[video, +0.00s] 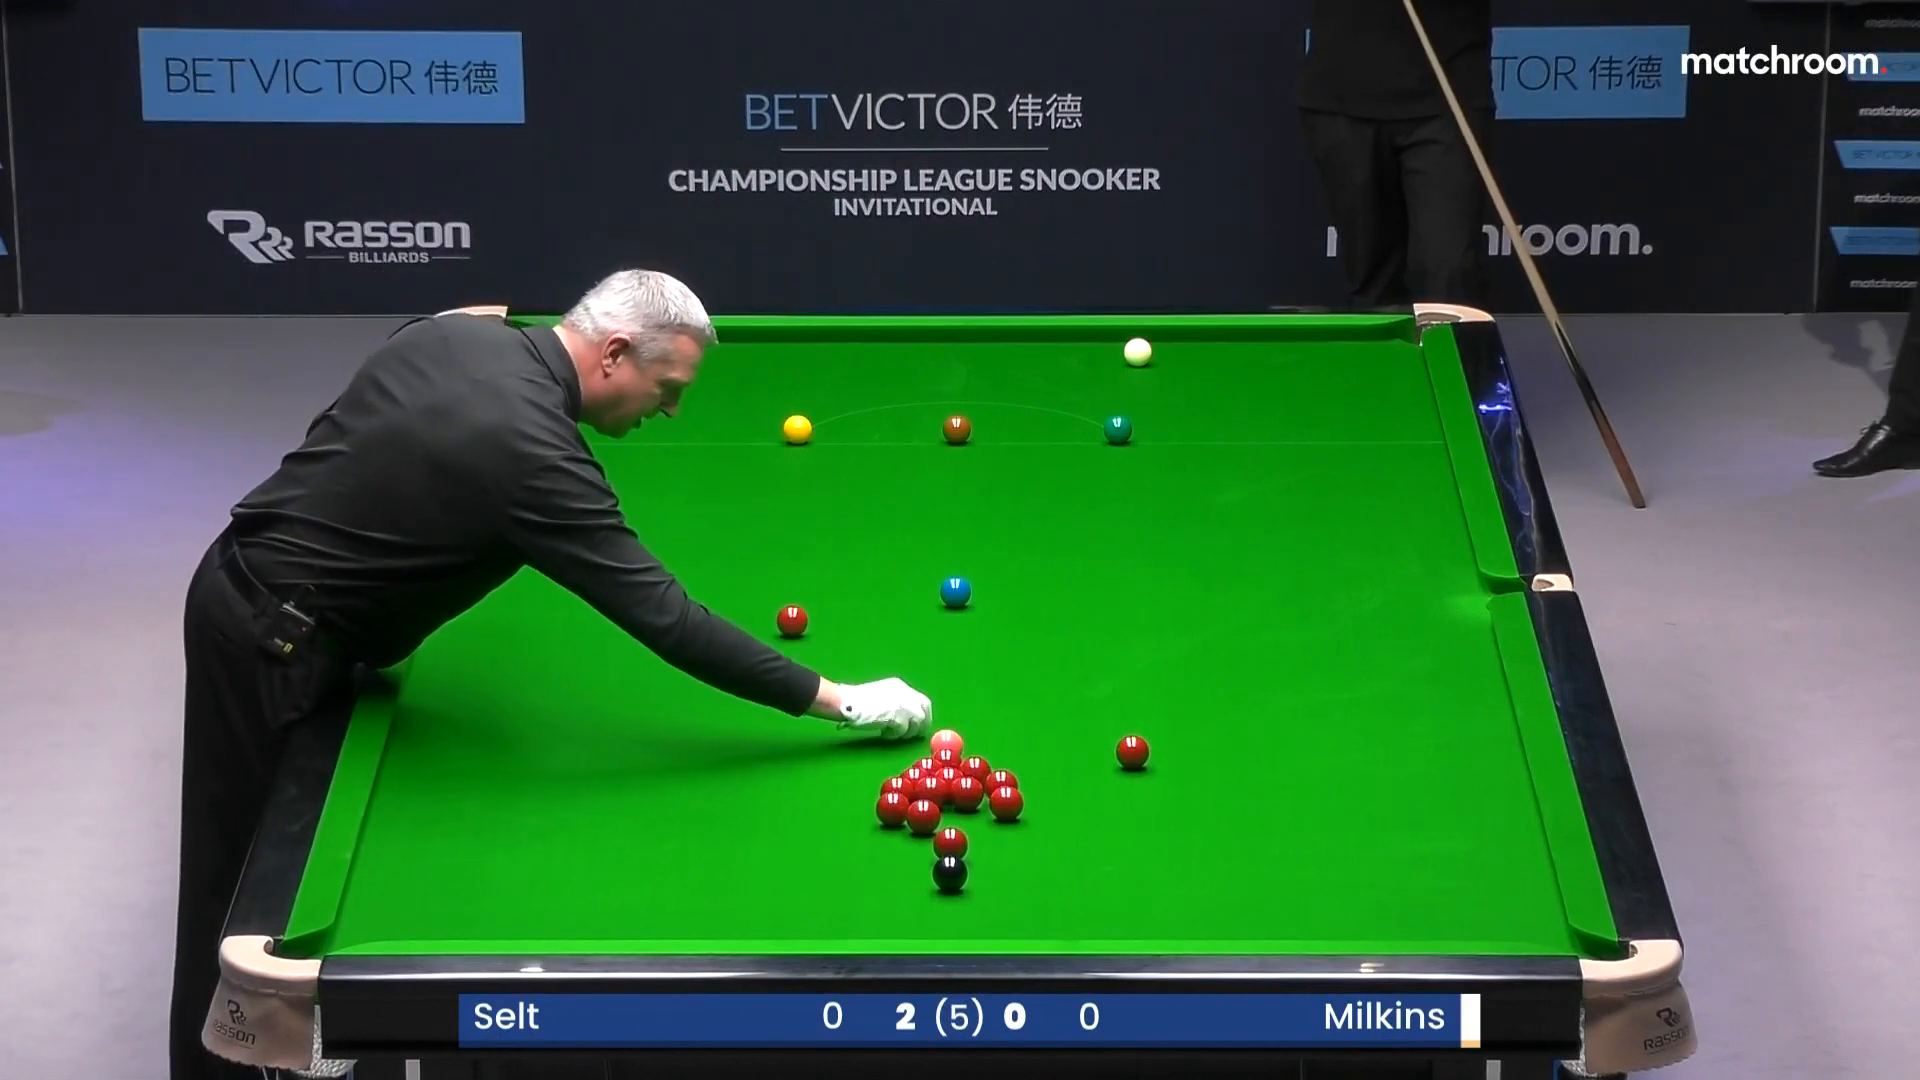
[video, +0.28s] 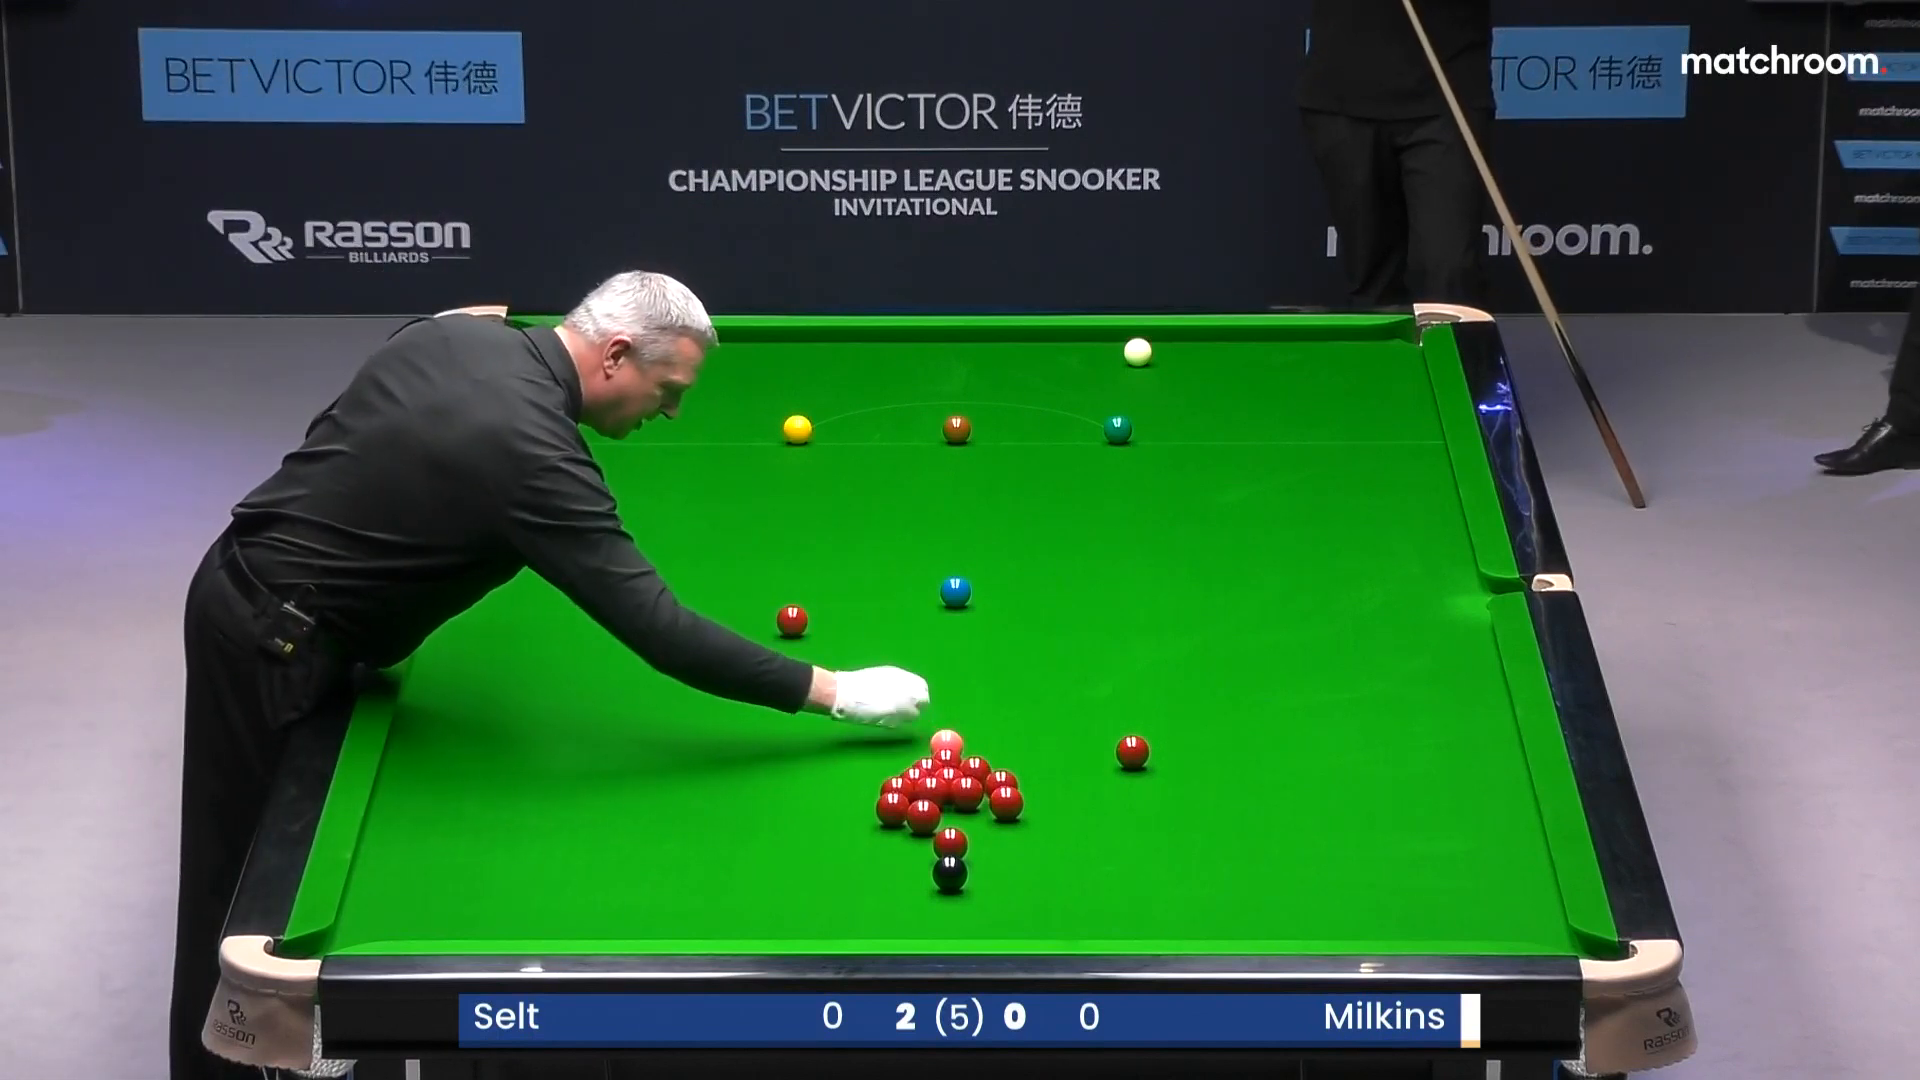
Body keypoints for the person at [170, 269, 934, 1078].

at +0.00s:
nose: (664, 410)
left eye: (674, 395)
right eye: (665, 390)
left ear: (594, 340)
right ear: (610, 355)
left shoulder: (452, 331)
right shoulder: (539, 454)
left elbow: (336, 439)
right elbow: (665, 616)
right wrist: (832, 695)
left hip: (240, 585)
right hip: (281, 638)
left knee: (242, 867)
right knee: (250, 883)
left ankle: (227, 1043)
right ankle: (215, 1052)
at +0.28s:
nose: (666, 409)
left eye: (676, 395)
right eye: (667, 390)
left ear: (598, 338)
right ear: (615, 354)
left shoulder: (453, 332)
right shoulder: (538, 451)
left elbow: (337, 439)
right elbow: (658, 625)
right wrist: (829, 684)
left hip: (243, 585)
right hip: (282, 636)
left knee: (242, 867)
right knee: (252, 883)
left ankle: (226, 1044)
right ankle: (217, 1052)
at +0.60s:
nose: (659, 398)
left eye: (670, 382)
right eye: (660, 376)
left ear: (587, 323)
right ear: (600, 338)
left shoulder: (449, 329)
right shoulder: (522, 433)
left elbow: (326, 444)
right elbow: (606, 652)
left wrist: (365, 619)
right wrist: (771, 668)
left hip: (246, 589)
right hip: (277, 634)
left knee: (244, 873)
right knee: (246, 884)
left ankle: (224, 1055)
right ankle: (218, 1063)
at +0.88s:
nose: (587, 356)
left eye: (600, 340)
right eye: (599, 338)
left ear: (521, 272)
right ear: (570, 307)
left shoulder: (391, 306)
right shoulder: (472, 410)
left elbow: (298, 445)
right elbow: (447, 612)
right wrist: (593, 630)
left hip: (225, 598)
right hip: (270, 638)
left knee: (236, 869)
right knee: (248, 883)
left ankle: (217, 1050)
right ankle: (214, 1057)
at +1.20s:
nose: (486, 298)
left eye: (497, 282)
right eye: (495, 280)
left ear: (411, 220)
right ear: (472, 263)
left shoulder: (298, 281)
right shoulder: (371, 349)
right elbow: (304, 540)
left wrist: (440, 317)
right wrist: (417, 584)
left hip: (194, 608)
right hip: (245, 634)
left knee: (217, 856)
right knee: (242, 866)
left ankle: (208, 1052)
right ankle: (215, 1060)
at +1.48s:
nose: (401, 296)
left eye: (415, 280)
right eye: (409, 274)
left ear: (354, 224)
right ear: (366, 235)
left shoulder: (230, 279)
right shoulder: (280, 337)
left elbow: (223, 444)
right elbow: (241, 535)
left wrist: (333, 498)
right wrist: (359, 574)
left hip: (156, 615)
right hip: (190, 639)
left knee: (205, 874)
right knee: (207, 892)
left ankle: (153, 1058)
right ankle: (140, 1066)